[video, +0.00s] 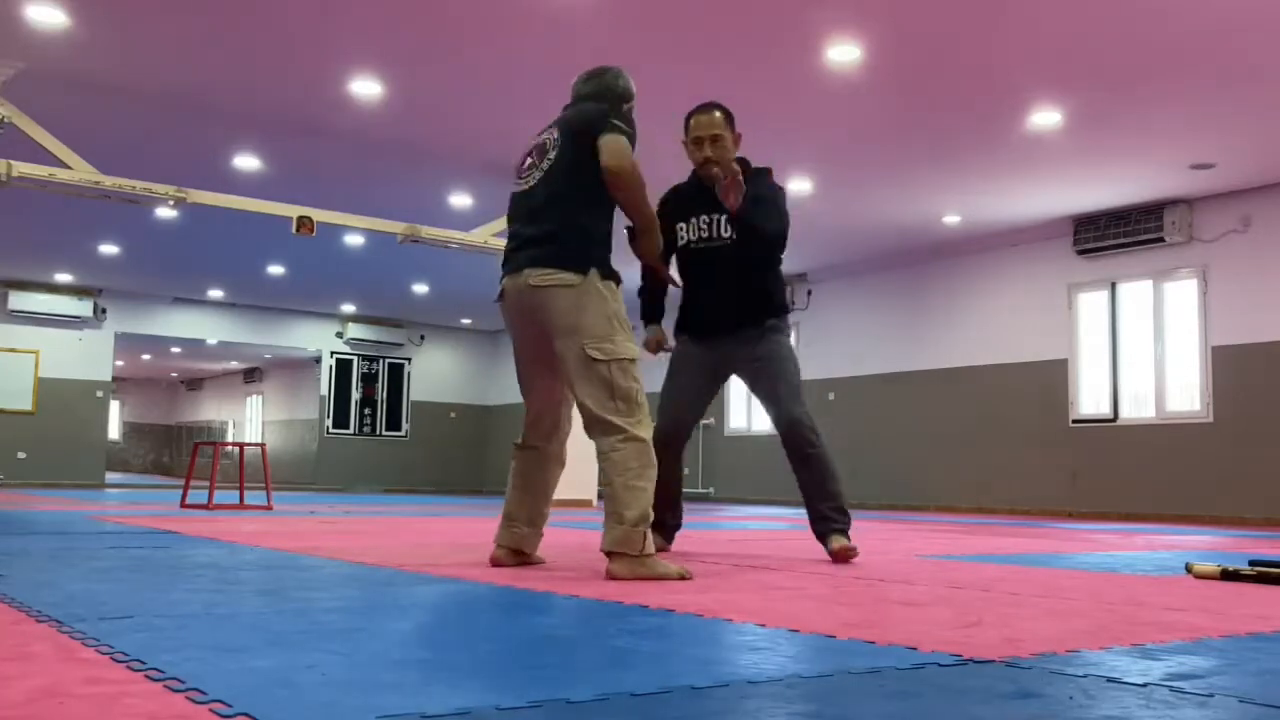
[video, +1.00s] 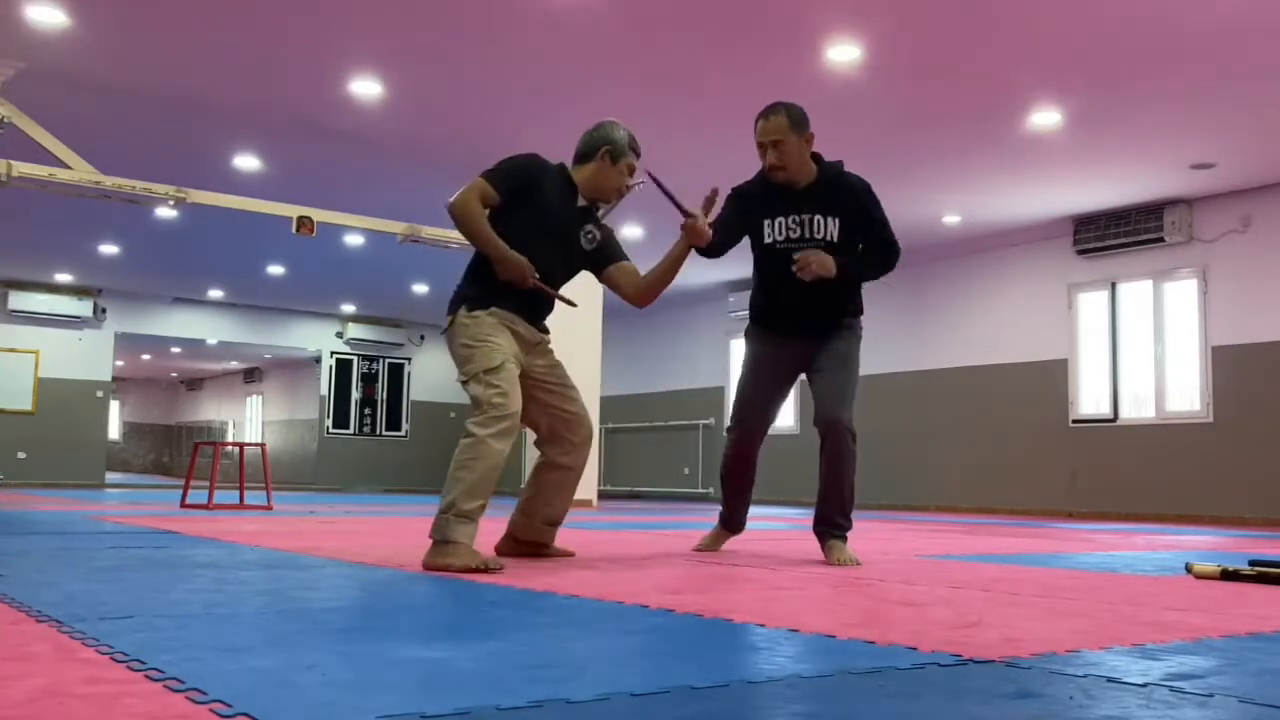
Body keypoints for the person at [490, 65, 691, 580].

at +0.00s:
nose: (633, 112)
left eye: (632, 104)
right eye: (631, 104)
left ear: (578, 98)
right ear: (622, 102)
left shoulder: (546, 139)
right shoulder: (607, 121)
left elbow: (549, 220)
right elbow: (617, 166)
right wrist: (648, 230)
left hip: (518, 284)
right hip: (573, 280)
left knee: (543, 421)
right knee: (622, 420)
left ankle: (514, 542)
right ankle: (630, 551)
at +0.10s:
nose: (616, 109)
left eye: (613, 101)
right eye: (615, 101)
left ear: (559, 96)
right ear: (608, 98)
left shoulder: (513, 144)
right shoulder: (606, 120)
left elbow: (483, 235)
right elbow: (663, 196)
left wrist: (518, 274)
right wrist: (695, 254)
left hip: (503, 282)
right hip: (560, 276)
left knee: (532, 417)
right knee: (599, 415)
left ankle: (513, 544)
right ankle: (616, 550)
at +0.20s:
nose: (608, 108)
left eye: (606, 100)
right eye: (607, 100)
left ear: (547, 91)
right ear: (597, 97)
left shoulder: (499, 134)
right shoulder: (601, 127)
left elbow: (464, 211)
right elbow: (627, 225)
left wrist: (493, 266)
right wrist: (640, 292)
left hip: (500, 279)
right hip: (560, 276)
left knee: (522, 413)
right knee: (575, 411)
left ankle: (508, 541)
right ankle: (542, 540)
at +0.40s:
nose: (598, 95)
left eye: (597, 87)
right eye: (597, 86)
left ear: (538, 77)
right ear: (587, 83)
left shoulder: (493, 130)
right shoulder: (585, 113)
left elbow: (461, 224)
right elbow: (612, 207)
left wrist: (516, 241)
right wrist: (622, 284)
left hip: (490, 292)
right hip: (547, 291)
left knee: (524, 417)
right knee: (563, 424)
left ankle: (513, 545)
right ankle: (501, 549)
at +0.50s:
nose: (598, 109)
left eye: (599, 101)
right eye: (598, 99)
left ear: (545, 84)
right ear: (588, 90)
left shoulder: (514, 128)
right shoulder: (569, 111)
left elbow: (528, 217)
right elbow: (573, 191)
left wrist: (588, 213)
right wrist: (611, 264)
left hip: (494, 296)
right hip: (537, 295)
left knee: (519, 428)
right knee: (565, 425)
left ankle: (507, 543)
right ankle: (503, 549)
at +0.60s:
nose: (603, 142)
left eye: (606, 132)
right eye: (605, 128)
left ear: (575, 113)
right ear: (592, 115)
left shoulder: (555, 169)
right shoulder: (549, 125)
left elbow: (584, 263)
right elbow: (532, 187)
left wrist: (617, 216)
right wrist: (583, 260)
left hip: (515, 303)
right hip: (520, 302)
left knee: (529, 422)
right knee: (552, 422)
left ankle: (522, 526)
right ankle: (501, 550)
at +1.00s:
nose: (631, 185)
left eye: (635, 177)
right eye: (629, 171)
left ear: (605, 165)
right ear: (603, 158)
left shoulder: (593, 232)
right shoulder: (535, 171)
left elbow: (640, 292)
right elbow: (463, 204)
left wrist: (687, 241)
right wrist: (502, 255)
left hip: (529, 336)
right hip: (482, 316)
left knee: (572, 430)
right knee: (501, 411)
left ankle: (527, 537)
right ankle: (449, 544)